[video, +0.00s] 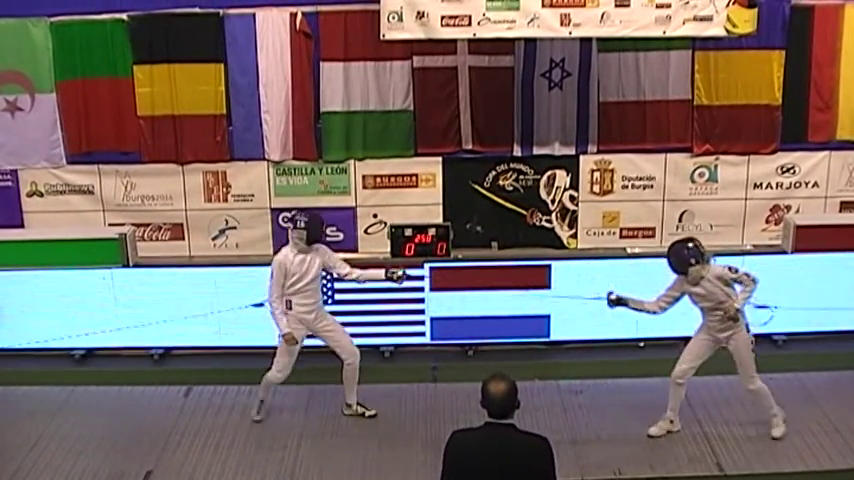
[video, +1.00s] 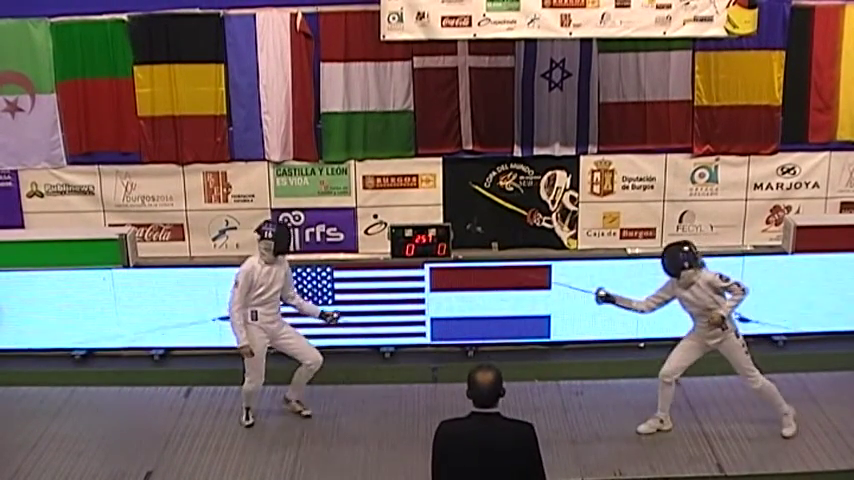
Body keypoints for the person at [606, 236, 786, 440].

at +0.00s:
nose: (690, 275)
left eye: (690, 270)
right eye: (686, 272)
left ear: (698, 263)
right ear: (683, 270)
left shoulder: (718, 273)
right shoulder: (682, 283)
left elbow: (750, 282)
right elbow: (657, 307)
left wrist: (738, 304)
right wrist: (624, 302)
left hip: (735, 331)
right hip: (709, 332)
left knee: (752, 384)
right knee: (679, 375)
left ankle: (776, 416)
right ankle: (671, 420)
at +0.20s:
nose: (714, 280)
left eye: (716, 275)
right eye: (710, 276)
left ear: (726, 268)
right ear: (708, 274)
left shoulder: (743, 277)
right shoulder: (709, 288)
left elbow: (777, 283)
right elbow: (683, 310)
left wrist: (765, 307)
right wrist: (650, 305)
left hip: (760, 337)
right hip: (732, 336)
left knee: (766, 390)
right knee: (698, 379)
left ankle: (786, 419)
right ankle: (674, 420)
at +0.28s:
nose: (720, 275)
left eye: (723, 269)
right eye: (717, 271)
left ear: (732, 261)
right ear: (713, 268)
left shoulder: (749, 268)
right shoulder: (715, 281)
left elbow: (785, 272)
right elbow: (690, 304)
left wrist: (773, 299)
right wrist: (655, 302)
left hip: (767, 328)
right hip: (741, 329)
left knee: (775, 382)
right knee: (710, 373)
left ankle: (787, 419)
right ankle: (690, 418)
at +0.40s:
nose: (729, 272)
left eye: (731, 266)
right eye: (726, 268)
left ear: (739, 259)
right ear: (721, 265)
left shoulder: (756, 267)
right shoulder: (721, 278)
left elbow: (790, 273)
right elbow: (695, 301)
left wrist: (778, 298)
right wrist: (661, 298)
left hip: (773, 326)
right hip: (748, 327)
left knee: (780, 378)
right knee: (725, 374)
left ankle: (795, 416)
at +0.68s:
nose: (723, 272)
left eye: (725, 266)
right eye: (720, 268)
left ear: (733, 259)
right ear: (717, 265)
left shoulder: (750, 270)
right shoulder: (716, 278)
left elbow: (784, 282)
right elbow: (691, 301)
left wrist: (768, 304)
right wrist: (657, 296)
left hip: (765, 330)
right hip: (739, 329)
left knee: (776, 382)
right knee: (707, 371)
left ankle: (796, 417)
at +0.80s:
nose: (710, 272)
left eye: (711, 267)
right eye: (706, 268)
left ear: (718, 262)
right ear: (703, 267)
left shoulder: (736, 273)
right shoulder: (701, 281)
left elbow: (769, 285)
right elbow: (673, 300)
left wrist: (753, 306)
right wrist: (639, 296)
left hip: (752, 333)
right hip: (725, 333)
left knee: (770, 382)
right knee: (692, 374)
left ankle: (793, 417)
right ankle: (668, 416)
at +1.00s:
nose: (681, 278)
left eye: (683, 273)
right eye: (677, 274)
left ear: (693, 267)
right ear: (674, 272)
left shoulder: (708, 278)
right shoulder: (673, 287)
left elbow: (740, 291)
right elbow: (645, 306)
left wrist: (724, 311)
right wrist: (612, 299)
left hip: (725, 335)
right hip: (698, 336)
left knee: (754, 380)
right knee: (667, 374)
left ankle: (786, 413)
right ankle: (662, 420)